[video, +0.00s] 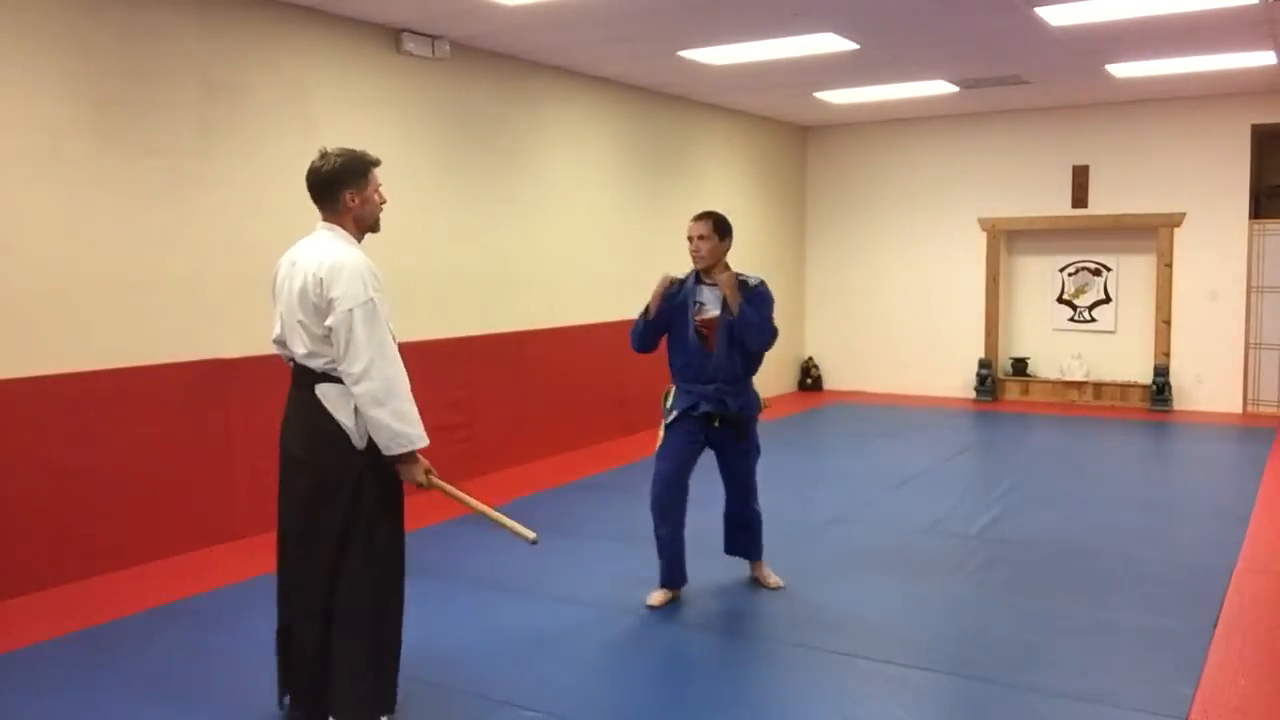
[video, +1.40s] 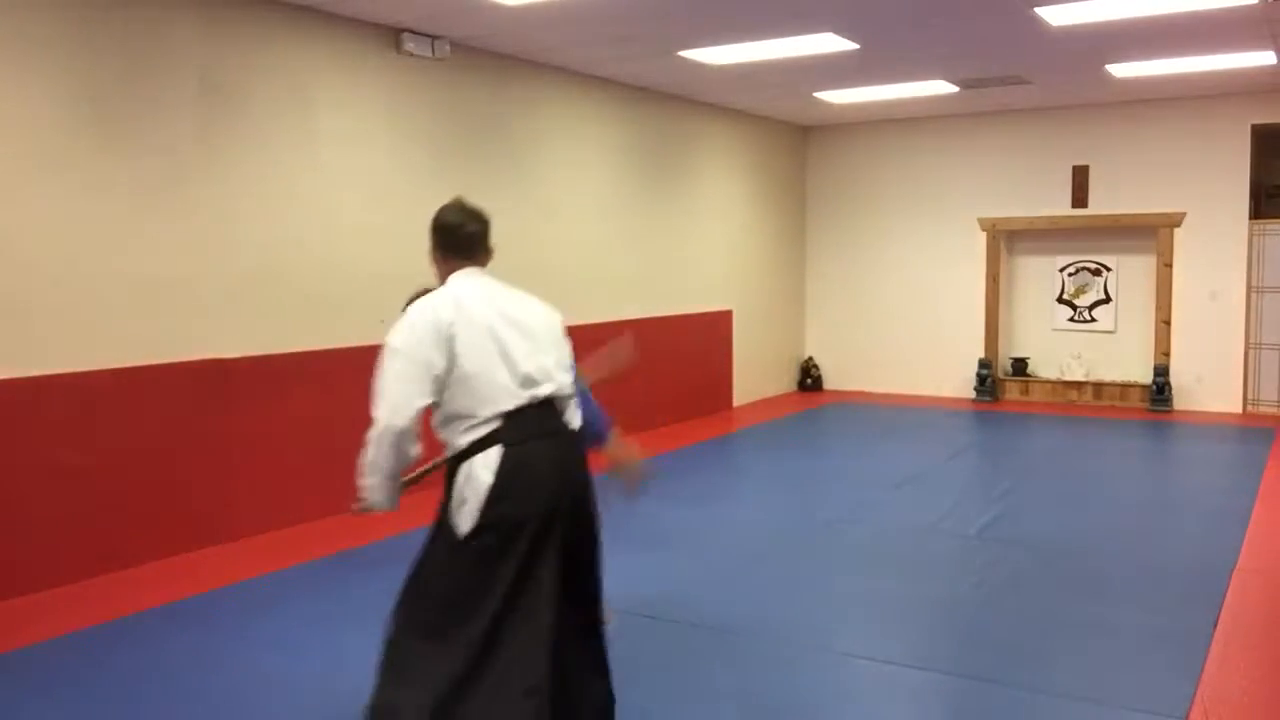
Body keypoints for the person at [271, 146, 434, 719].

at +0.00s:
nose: (384, 198)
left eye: (380, 187)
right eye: (376, 189)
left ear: (334, 200)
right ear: (351, 199)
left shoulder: (297, 256)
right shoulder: (348, 266)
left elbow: (290, 343)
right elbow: (371, 368)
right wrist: (406, 450)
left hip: (303, 418)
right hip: (347, 426)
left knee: (309, 560)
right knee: (363, 565)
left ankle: (305, 696)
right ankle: (358, 703)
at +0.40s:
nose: (389, 223)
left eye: (388, 212)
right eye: (386, 214)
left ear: (333, 220)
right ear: (368, 219)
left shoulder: (294, 280)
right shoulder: (376, 287)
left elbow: (281, 367)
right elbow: (417, 388)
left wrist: (343, 375)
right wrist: (474, 407)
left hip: (304, 430)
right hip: (365, 435)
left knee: (321, 565)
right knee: (424, 561)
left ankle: (313, 703)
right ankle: (401, 701)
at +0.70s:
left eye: (354, 212)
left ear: (349, 218)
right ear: (405, 214)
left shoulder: (328, 289)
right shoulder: (451, 279)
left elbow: (291, 390)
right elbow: (482, 356)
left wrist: (289, 430)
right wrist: (429, 344)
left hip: (364, 444)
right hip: (444, 440)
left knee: (346, 580)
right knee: (449, 586)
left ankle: (323, 696)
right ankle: (456, 706)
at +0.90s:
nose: (357, 217)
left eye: (356, 211)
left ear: (356, 214)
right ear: (413, 213)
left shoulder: (347, 267)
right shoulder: (457, 269)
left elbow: (330, 341)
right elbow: (467, 341)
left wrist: (275, 417)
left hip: (392, 441)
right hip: (470, 433)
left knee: (354, 593)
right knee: (474, 588)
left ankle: (364, 705)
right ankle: (476, 705)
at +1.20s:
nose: (388, 282)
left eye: (388, 274)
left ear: (389, 278)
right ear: (443, 278)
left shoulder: (384, 325)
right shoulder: (477, 330)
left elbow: (328, 405)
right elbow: (505, 412)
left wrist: (274, 471)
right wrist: (417, 476)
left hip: (447, 480)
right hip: (517, 474)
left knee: (379, 619)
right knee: (501, 617)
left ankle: (367, 705)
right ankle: (505, 706)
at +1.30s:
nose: (409, 276)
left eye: (409, 269)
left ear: (410, 272)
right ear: (463, 270)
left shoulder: (401, 329)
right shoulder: (504, 326)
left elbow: (352, 421)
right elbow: (539, 406)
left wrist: (323, 490)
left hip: (470, 482)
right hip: (537, 471)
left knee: (395, 623)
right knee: (534, 612)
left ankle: (375, 708)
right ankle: (580, 708)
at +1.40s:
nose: (435, 260)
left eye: (433, 252)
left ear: (435, 254)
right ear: (487, 250)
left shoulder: (427, 316)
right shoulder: (535, 308)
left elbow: (395, 419)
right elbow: (569, 396)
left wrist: (377, 489)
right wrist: (610, 441)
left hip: (497, 473)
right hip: (565, 462)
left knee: (433, 613)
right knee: (568, 607)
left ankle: (403, 708)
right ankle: (577, 709)